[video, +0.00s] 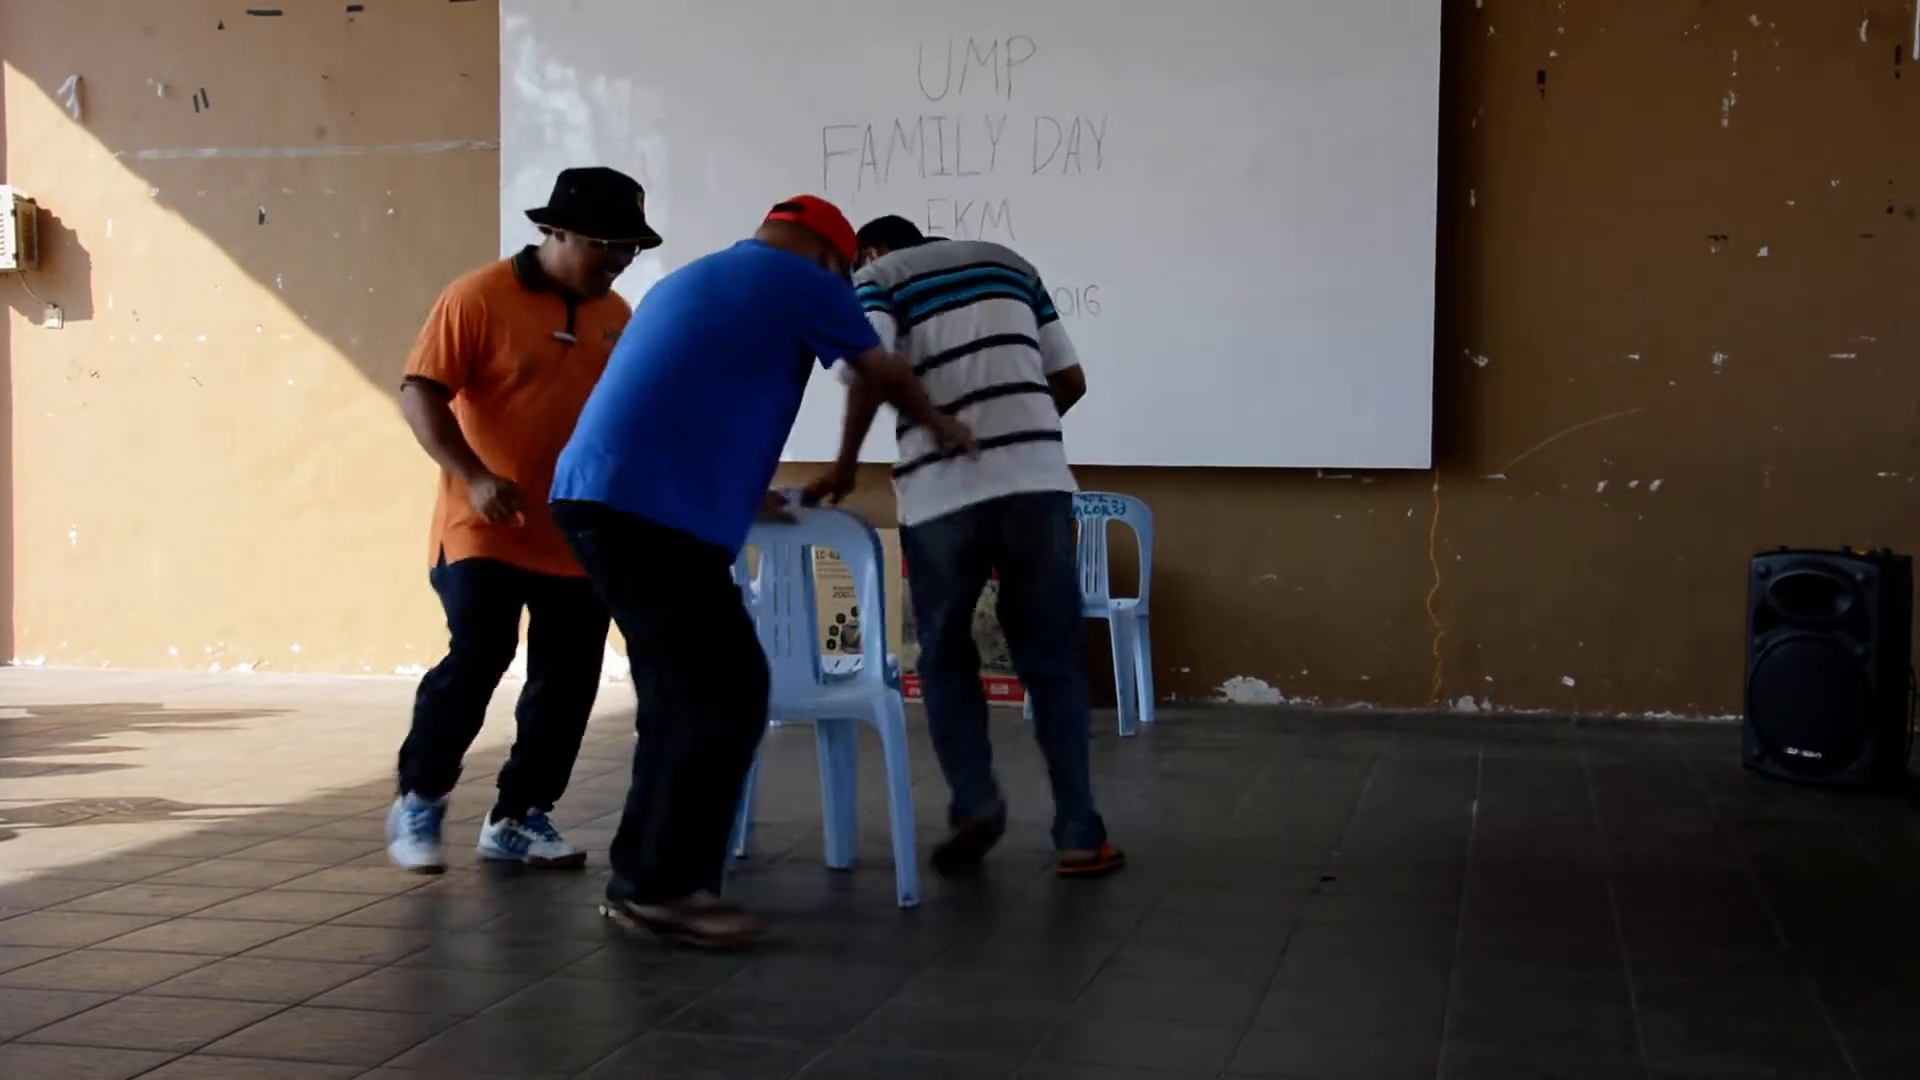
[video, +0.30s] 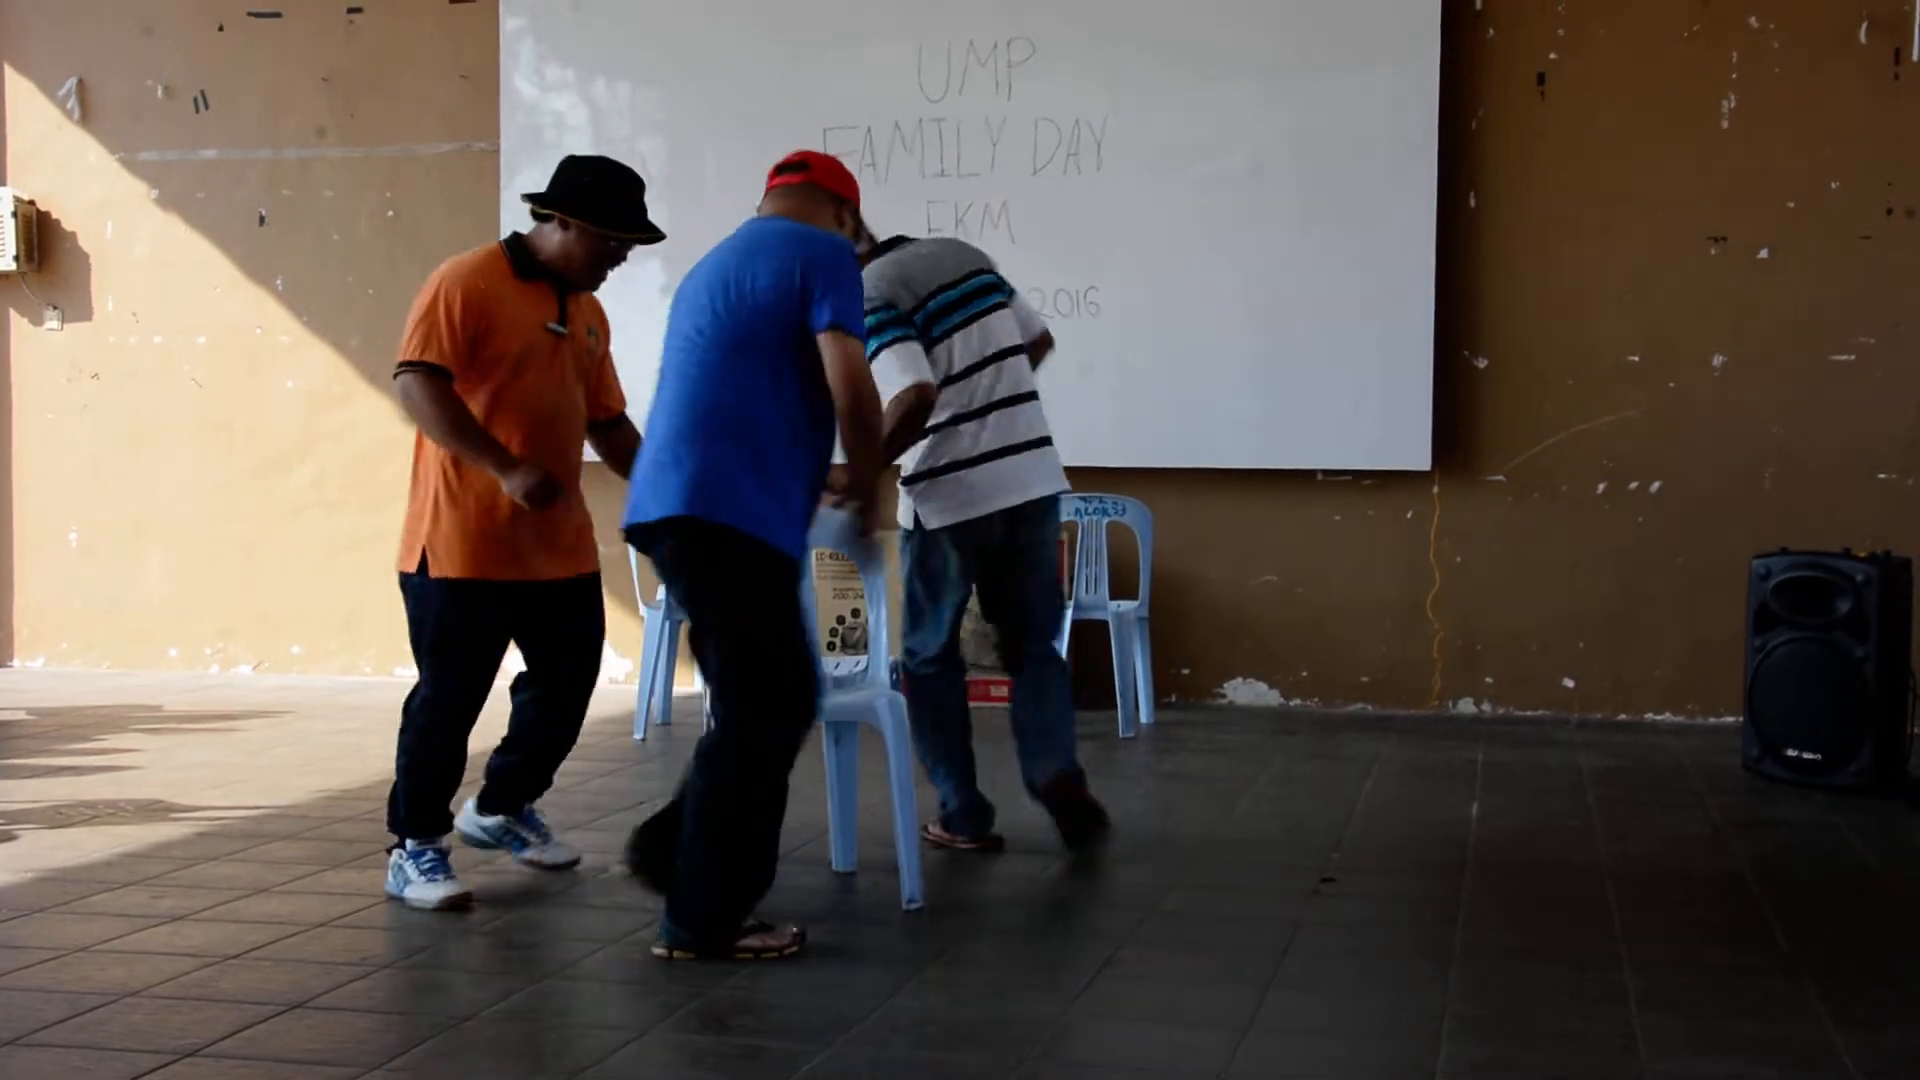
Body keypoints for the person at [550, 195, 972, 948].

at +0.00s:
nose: (840, 281)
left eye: (843, 272)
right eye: (841, 269)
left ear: (771, 233)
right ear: (823, 251)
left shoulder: (702, 275)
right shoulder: (809, 278)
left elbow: (665, 409)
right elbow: (884, 371)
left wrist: (754, 493)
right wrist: (934, 418)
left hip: (595, 496)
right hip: (656, 505)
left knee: (678, 693)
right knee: (734, 686)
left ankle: (639, 881)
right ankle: (665, 889)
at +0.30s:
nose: (851, 241)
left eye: (852, 230)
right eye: (851, 227)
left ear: (776, 201)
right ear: (833, 208)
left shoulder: (722, 261)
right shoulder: (822, 248)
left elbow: (732, 410)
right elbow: (850, 389)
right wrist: (870, 489)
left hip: (669, 503)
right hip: (731, 507)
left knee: (761, 699)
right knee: (776, 702)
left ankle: (672, 845)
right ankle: (704, 924)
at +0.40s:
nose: (866, 233)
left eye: (865, 223)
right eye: (866, 220)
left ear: (786, 200)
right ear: (851, 205)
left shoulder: (735, 263)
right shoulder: (848, 250)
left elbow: (749, 404)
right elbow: (867, 400)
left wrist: (876, 437)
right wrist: (849, 507)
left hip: (692, 503)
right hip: (754, 507)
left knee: (835, 665)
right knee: (769, 701)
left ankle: (763, 865)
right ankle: (703, 918)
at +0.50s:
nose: (888, 236)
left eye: (885, 226)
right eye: (888, 224)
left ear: (807, 205)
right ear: (873, 210)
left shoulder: (757, 263)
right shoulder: (878, 259)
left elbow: (761, 398)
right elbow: (911, 403)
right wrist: (907, 507)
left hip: (723, 505)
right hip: (789, 514)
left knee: (859, 696)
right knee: (777, 712)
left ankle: (865, 888)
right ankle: (703, 921)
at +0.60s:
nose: (909, 241)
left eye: (904, 232)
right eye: (909, 229)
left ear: (828, 214)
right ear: (897, 219)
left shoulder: (775, 274)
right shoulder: (906, 268)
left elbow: (741, 403)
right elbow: (944, 404)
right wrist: (970, 497)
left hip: (748, 514)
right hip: (822, 519)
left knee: (867, 701)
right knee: (846, 704)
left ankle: (874, 895)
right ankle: (710, 904)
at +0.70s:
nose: (921, 246)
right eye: (922, 234)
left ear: (844, 224)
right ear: (919, 228)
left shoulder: (796, 286)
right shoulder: (928, 273)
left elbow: (738, 414)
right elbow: (975, 395)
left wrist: (774, 496)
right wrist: (1018, 511)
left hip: (776, 520)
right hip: (862, 518)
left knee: (866, 706)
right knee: (920, 695)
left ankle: (874, 894)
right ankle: (799, 836)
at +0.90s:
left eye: (869, 220)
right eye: (935, 219)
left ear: (863, 223)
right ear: (939, 218)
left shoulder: (822, 286)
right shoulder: (971, 258)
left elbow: (745, 402)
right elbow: (1006, 339)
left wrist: (774, 474)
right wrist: (1037, 452)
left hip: (856, 534)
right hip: (961, 526)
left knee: (870, 719)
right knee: (1003, 699)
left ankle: (870, 900)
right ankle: (1043, 874)